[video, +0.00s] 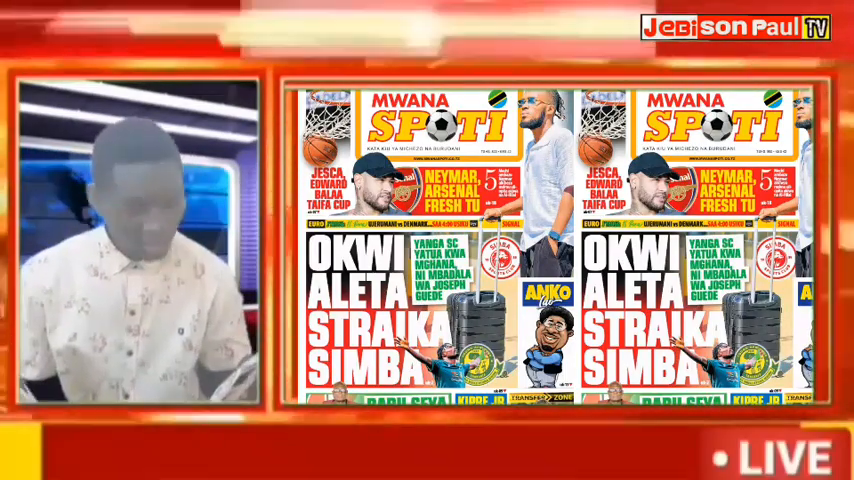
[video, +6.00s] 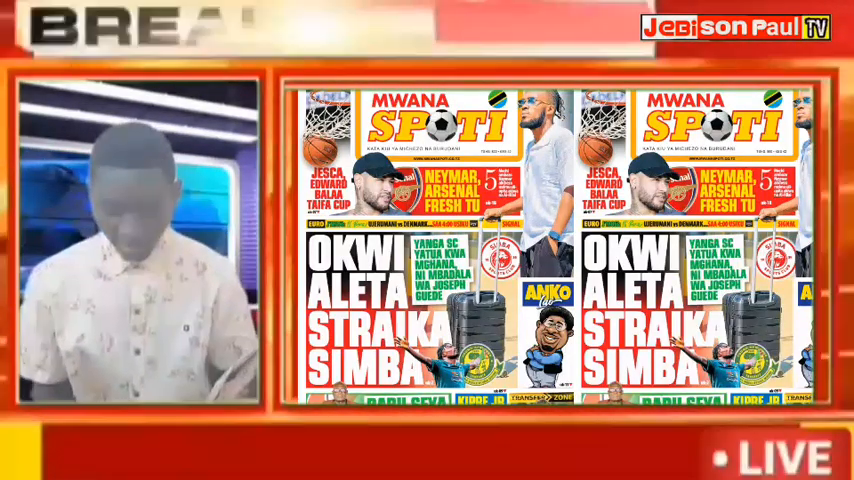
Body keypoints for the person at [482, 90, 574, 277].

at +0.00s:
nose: (523, 107)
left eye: (531, 101)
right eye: (522, 103)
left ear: (549, 110)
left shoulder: (563, 138)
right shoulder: (531, 147)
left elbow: (571, 192)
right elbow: (532, 196)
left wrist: (553, 238)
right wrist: (502, 211)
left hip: (552, 242)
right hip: (530, 243)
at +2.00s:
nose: (523, 107)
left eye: (531, 101)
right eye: (522, 103)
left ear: (549, 110)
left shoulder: (563, 138)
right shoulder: (531, 147)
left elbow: (571, 192)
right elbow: (532, 196)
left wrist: (554, 238)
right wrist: (502, 211)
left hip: (551, 241)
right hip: (530, 242)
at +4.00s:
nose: (523, 107)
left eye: (531, 101)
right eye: (522, 103)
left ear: (549, 110)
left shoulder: (563, 139)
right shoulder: (531, 147)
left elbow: (571, 192)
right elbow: (532, 196)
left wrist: (554, 238)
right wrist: (502, 211)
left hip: (551, 241)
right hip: (530, 242)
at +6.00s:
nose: (523, 107)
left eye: (531, 101)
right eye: (522, 103)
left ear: (549, 110)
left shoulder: (563, 139)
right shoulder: (531, 147)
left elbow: (571, 192)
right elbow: (532, 196)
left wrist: (554, 238)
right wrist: (502, 211)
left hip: (551, 241)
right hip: (529, 242)